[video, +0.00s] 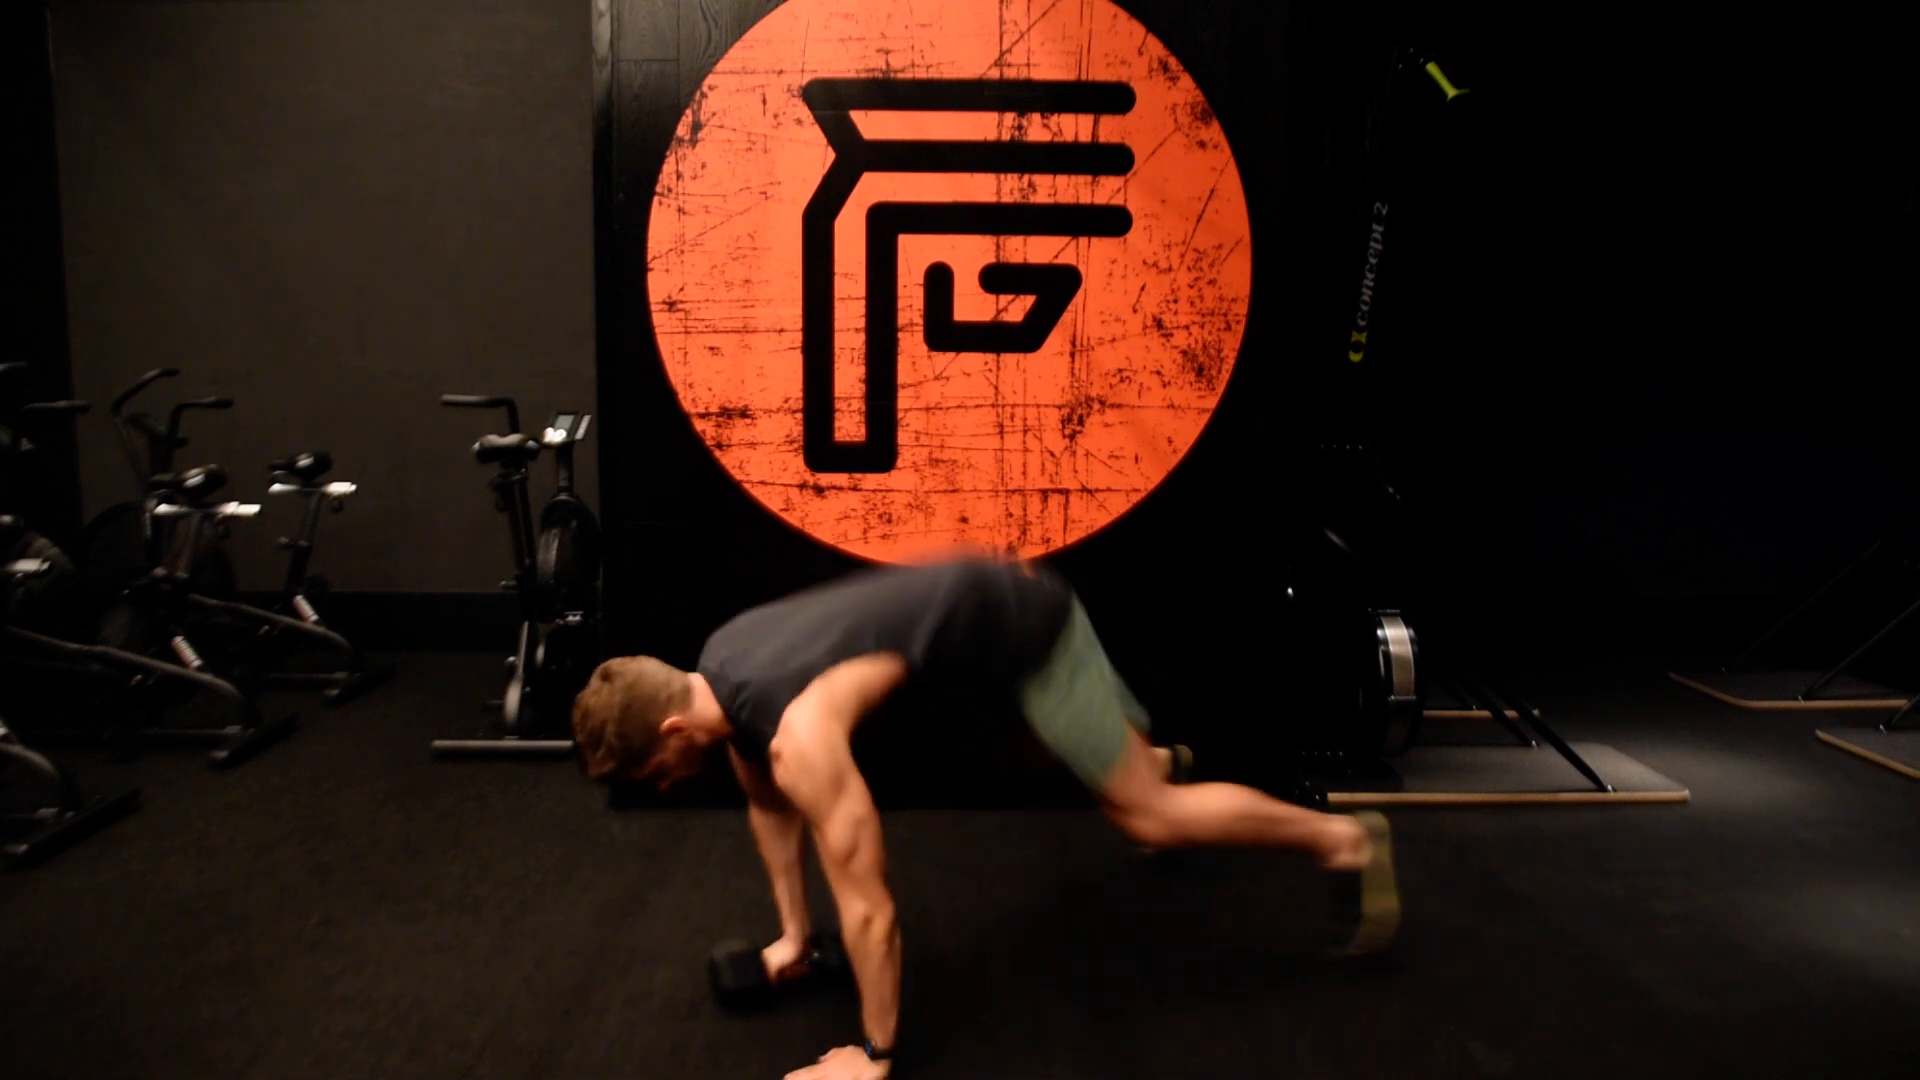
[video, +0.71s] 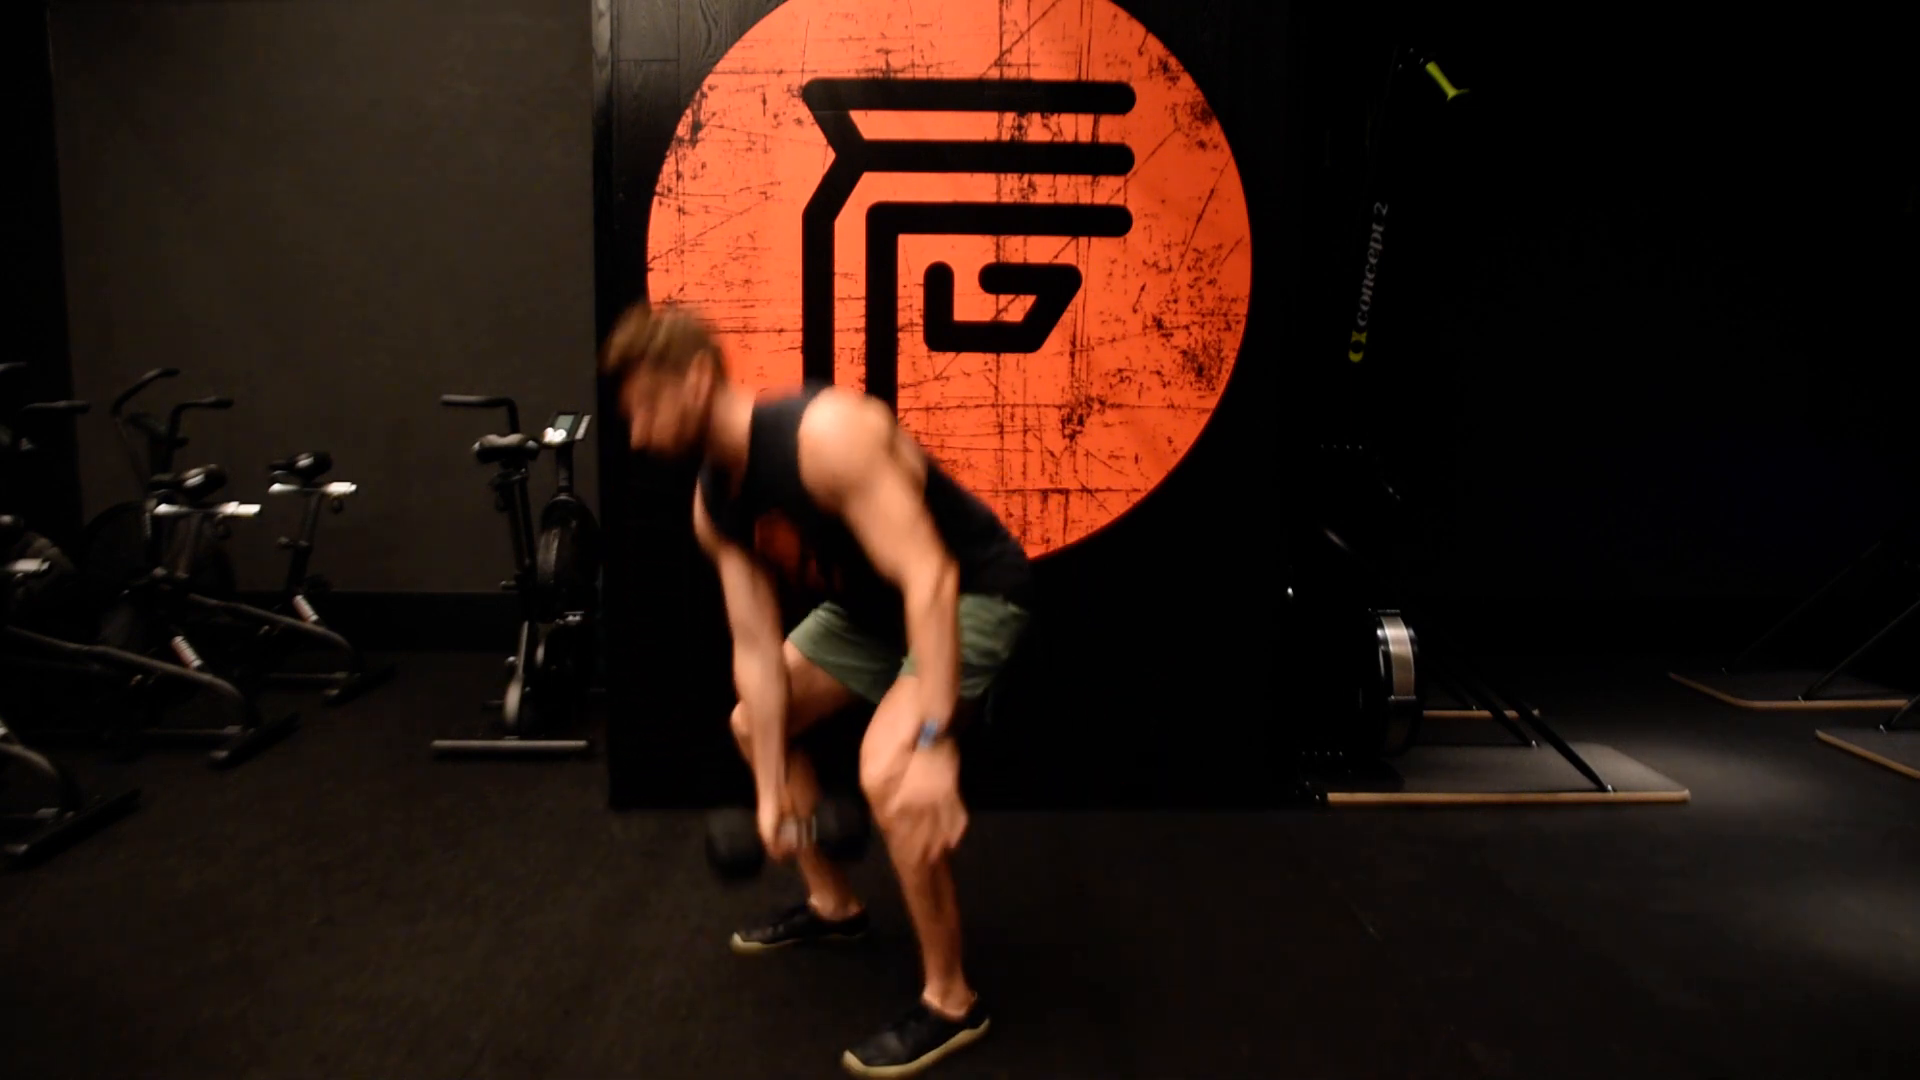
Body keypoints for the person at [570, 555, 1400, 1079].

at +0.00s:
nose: (662, 787)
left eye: (652, 775)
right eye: (646, 781)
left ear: (674, 736)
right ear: (665, 706)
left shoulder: (796, 731)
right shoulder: (725, 673)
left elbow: (867, 900)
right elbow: (771, 810)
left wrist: (877, 1049)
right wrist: (793, 936)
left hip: (1031, 623)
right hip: (957, 612)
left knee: (1155, 814)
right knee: (1084, 745)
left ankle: (1344, 840)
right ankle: (1153, 756)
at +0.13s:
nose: (688, 763)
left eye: (679, 752)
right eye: (674, 759)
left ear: (696, 713)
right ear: (686, 692)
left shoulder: (804, 698)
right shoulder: (732, 668)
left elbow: (859, 887)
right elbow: (778, 804)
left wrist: (868, 1036)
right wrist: (796, 939)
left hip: (1012, 539)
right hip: (936, 551)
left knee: (1024, 769)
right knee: (916, 703)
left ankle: (1199, 888)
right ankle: (1050, 804)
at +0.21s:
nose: (698, 742)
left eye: (689, 730)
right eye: (684, 738)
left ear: (702, 687)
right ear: (701, 677)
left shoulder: (805, 667)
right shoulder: (739, 651)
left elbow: (854, 862)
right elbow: (783, 797)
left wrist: (851, 1013)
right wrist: (794, 937)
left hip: (1010, 534)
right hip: (934, 549)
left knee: (954, 749)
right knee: (889, 717)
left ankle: (1052, 949)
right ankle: (953, 836)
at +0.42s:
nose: (641, 649)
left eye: (640, 629)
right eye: (629, 636)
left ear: (671, 582)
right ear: (670, 583)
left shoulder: (788, 600)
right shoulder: (722, 639)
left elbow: (810, 789)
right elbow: (761, 784)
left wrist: (761, 948)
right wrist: (774, 925)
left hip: (994, 634)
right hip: (900, 652)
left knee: (870, 787)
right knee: (765, 753)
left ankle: (951, 1002)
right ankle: (833, 917)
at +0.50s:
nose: (634, 599)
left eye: (637, 577)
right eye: (624, 584)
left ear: (675, 535)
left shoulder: (802, 560)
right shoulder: (719, 627)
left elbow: (842, 740)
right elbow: (755, 771)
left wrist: (787, 901)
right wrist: (766, 920)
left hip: (987, 635)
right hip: (891, 653)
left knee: (870, 784)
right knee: (753, 730)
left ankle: (950, 1001)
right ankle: (835, 914)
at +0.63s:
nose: (630, 514)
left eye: (635, 488)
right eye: (620, 496)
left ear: (682, 453)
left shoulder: (822, 489)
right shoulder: (716, 568)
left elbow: (908, 642)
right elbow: (757, 709)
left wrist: (884, 812)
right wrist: (777, 857)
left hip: (977, 612)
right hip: (866, 627)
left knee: (878, 776)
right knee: (751, 725)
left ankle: (949, 1000)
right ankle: (812, 892)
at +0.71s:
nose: (636, 425)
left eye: (647, 400)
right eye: (629, 408)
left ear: (701, 374)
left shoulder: (832, 431)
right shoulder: (715, 503)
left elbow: (932, 577)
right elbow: (756, 647)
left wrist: (935, 738)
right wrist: (772, 785)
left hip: (974, 597)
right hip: (872, 608)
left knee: (889, 772)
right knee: (757, 721)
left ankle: (951, 999)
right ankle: (833, 903)